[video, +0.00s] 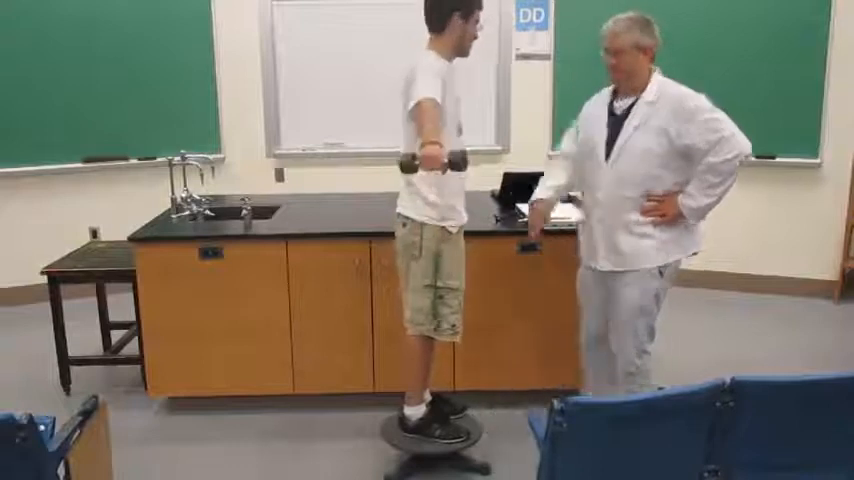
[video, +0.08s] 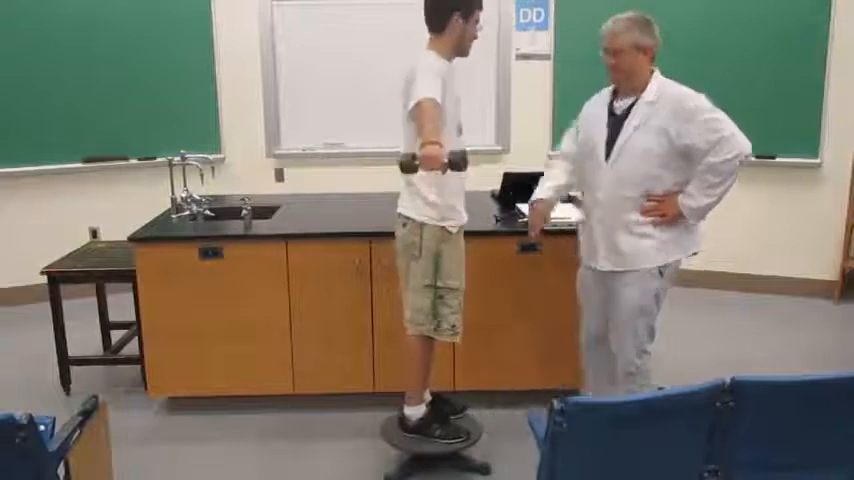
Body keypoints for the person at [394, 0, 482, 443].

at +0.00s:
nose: (478, 32)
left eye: (478, 23)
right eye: (476, 22)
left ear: (451, 21)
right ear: (457, 21)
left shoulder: (442, 69)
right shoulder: (428, 66)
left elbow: (438, 124)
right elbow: (426, 111)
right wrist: (432, 144)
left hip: (441, 214)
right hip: (425, 214)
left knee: (434, 314)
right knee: (423, 315)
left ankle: (423, 398)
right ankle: (414, 411)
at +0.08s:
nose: (478, 32)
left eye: (479, 23)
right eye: (476, 22)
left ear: (450, 21)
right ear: (458, 21)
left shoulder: (442, 69)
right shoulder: (428, 66)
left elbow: (438, 125)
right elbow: (426, 111)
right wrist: (432, 144)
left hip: (441, 214)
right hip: (425, 214)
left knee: (434, 314)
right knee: (423, 315)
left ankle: (423, 398)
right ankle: (414, 411)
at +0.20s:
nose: (477, 32)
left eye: (477, 23)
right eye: (474, 22)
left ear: (449, 21)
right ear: (456, 21)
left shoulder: (443, 68)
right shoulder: (427, 65)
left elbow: (449, 135)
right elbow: (424, 106)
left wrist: (492, 160)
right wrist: (430, 138)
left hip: (442, 213)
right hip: (425, 213)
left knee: (435, 313)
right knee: (423, 315)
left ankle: (424, 399)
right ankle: (414, 411)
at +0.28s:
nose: (477, 32)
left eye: (477, 23)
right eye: (474, 22)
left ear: (449, 21)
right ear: (455, 21)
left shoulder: (443, 68)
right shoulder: (427, 65)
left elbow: (449, 135)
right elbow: (423, 105)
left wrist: (493, 160)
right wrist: (430, 138)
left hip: (442, 213)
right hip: (425, 213)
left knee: (435, 313)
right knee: (423, 315)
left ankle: (423, 399)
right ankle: (414, 411)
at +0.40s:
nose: (475, 33)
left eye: (476, 24)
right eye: (472, 23)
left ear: (449, 22)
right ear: (450, 21)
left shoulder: (441, 69)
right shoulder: (426, 65)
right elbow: (424, 106)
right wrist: (431, 139)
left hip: (441, 213)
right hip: (423, 212)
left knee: (434, 312)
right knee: (422, 313)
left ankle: (423, 397)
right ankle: (414, 410)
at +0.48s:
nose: (475, 33)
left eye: (476, 24)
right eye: (472, 23)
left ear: (449, 22)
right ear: (450, 21)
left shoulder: (441, 69)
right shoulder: (426, 65)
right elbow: (424, 106)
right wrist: (431, 139)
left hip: (441, 212)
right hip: (423, 212)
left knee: (434, 312)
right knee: (422, 313)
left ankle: (423, 397)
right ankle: (414, 410)